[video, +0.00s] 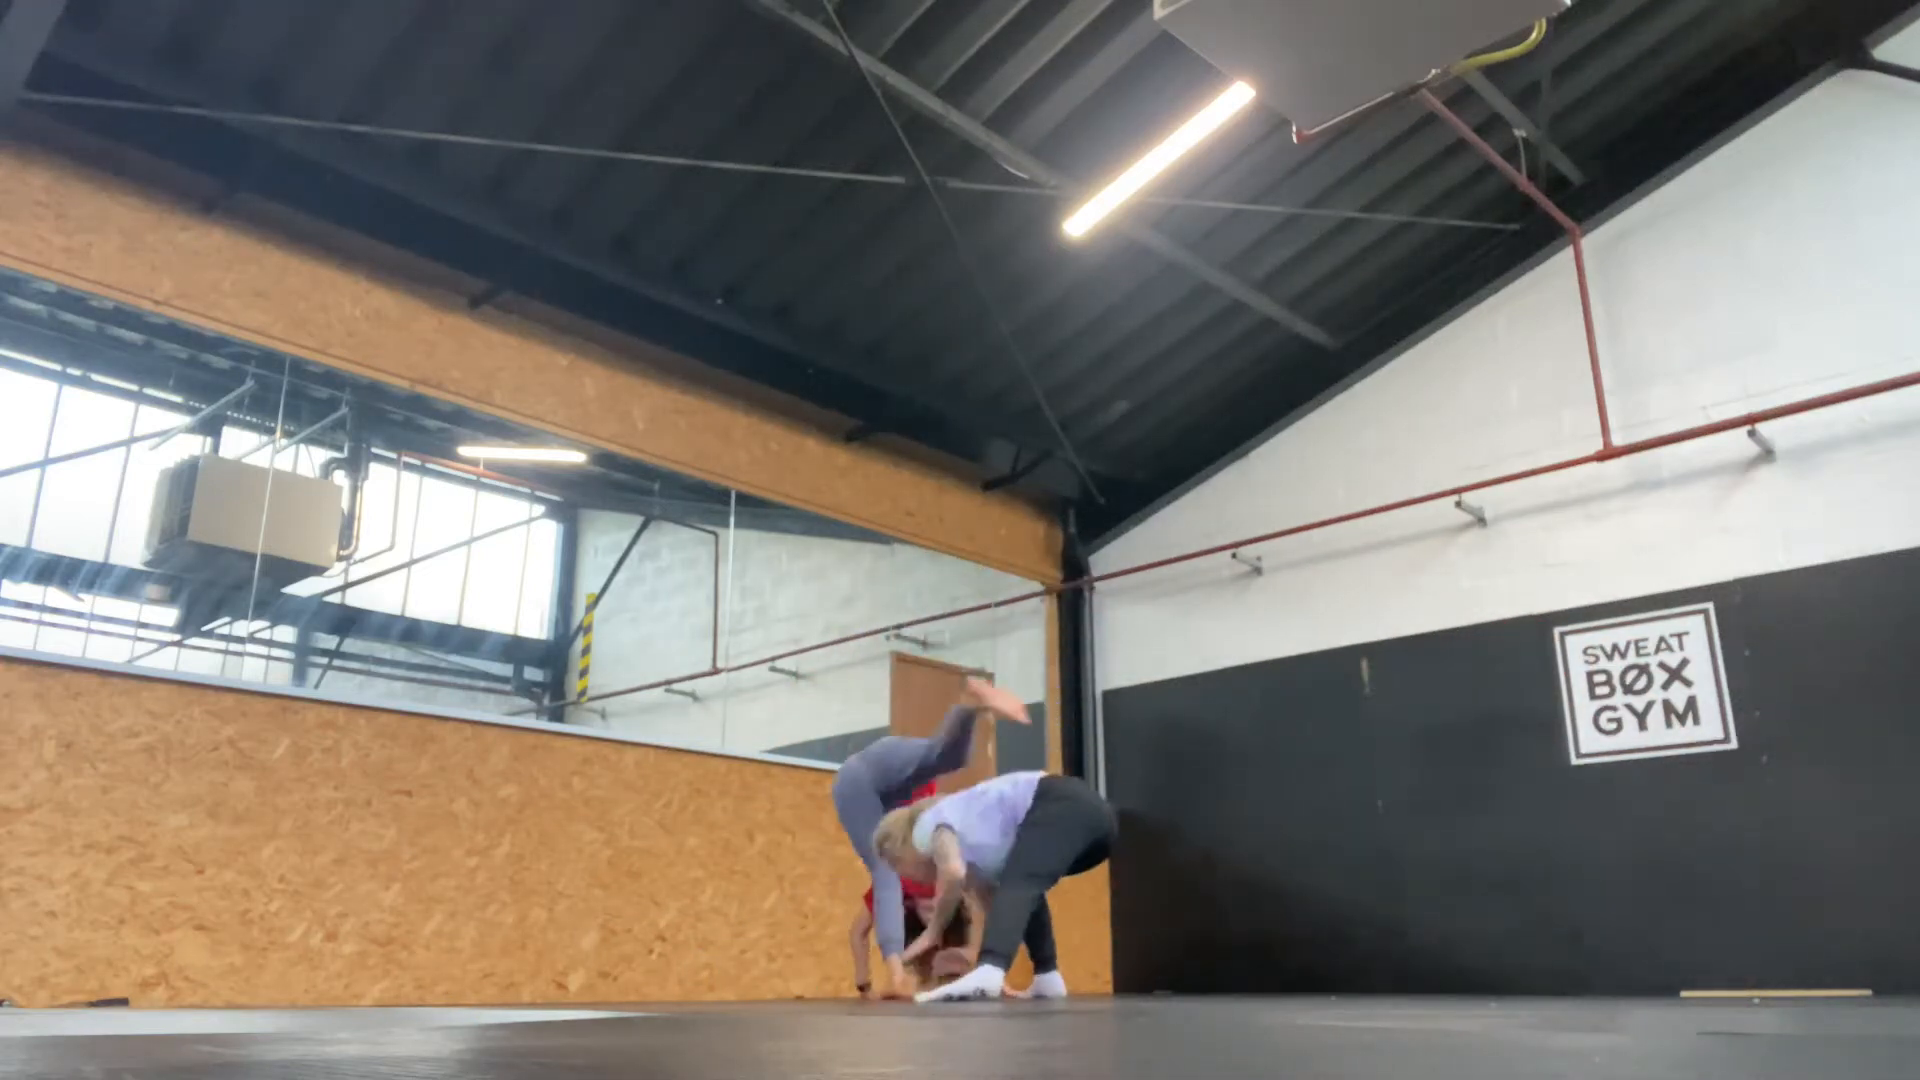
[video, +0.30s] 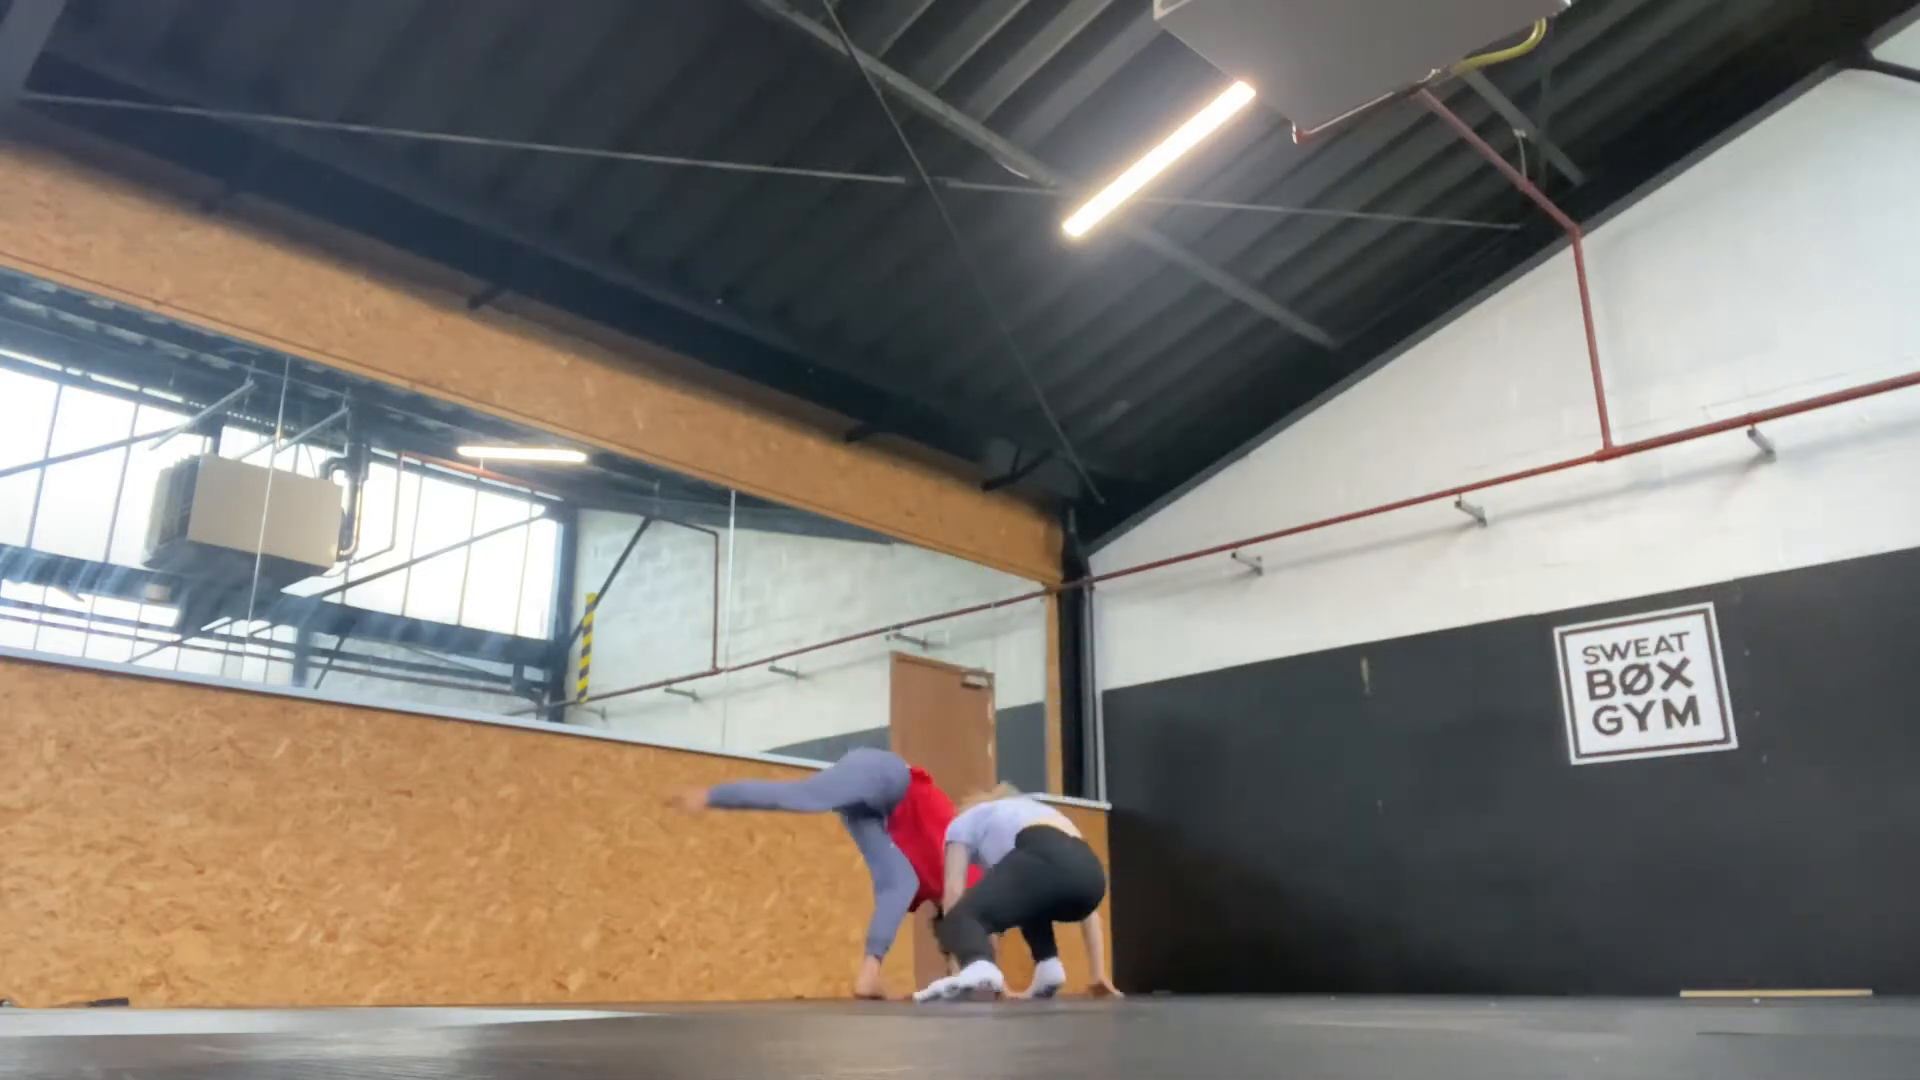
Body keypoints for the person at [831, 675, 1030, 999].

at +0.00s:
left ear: (914, 918)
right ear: (941, 912)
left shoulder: (894, 883)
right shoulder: (952, 878)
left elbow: (857, 932)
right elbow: (981, 908)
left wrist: (860, 983)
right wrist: (974, 964)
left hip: (849, 775)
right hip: (888, 752)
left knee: (884, 872)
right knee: (950, 757)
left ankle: (898, 977)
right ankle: (971, 704)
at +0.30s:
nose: (927, 924)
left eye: (936, 928)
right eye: (938, 925)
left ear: (940, 907)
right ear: (951, 905)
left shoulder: (918, 888)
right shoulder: (963, 867)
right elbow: (986, 926)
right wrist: (992, 981)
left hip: (868, 814)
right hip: (886, 772)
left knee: (902, 883)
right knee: (808, 796)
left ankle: (868, 980)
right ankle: (707, 796)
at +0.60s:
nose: (945, 894)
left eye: (956, 892)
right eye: (958, 889)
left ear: (960, 864)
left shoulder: (916, 842)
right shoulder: (955, 821)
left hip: (848, 814)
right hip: (822, 785)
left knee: (870, 883)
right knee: (764, 889)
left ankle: (862, 979)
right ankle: (690, 925)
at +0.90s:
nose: (932, 785)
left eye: (928, 774)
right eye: (927, 776)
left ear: (939, 769)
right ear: (967, 753)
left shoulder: (959, 810)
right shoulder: (1014, 781)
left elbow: (956, 898)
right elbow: (1053, 821)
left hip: (1018, 937)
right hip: (1068, 922)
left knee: (952, 934)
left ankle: (911, 981)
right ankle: (1041, 976)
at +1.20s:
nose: (864, 794)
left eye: (862, 788)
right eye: (856, 790)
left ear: (875, 773)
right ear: (879, 752)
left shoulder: (919, 814)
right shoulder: (908, 742)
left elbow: (941, 900)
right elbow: (846, 696)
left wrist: (942, 982)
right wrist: (799, 677)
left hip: (994, 893)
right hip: (1028, 862)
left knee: (925, 908)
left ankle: (966, 983)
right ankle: (1031, 947)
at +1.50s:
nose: (851, 887)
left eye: (862, 883)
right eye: (846, 879)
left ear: (888, 861)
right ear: (842, 846)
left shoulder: (926, 840)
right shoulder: (833, 818)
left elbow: (941, 913)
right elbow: (809, 895)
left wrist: (943, 981)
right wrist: (805, 978)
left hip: (947, 822)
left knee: (912, 929)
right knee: (809, 860)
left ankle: (946, 965)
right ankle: (789, 915)